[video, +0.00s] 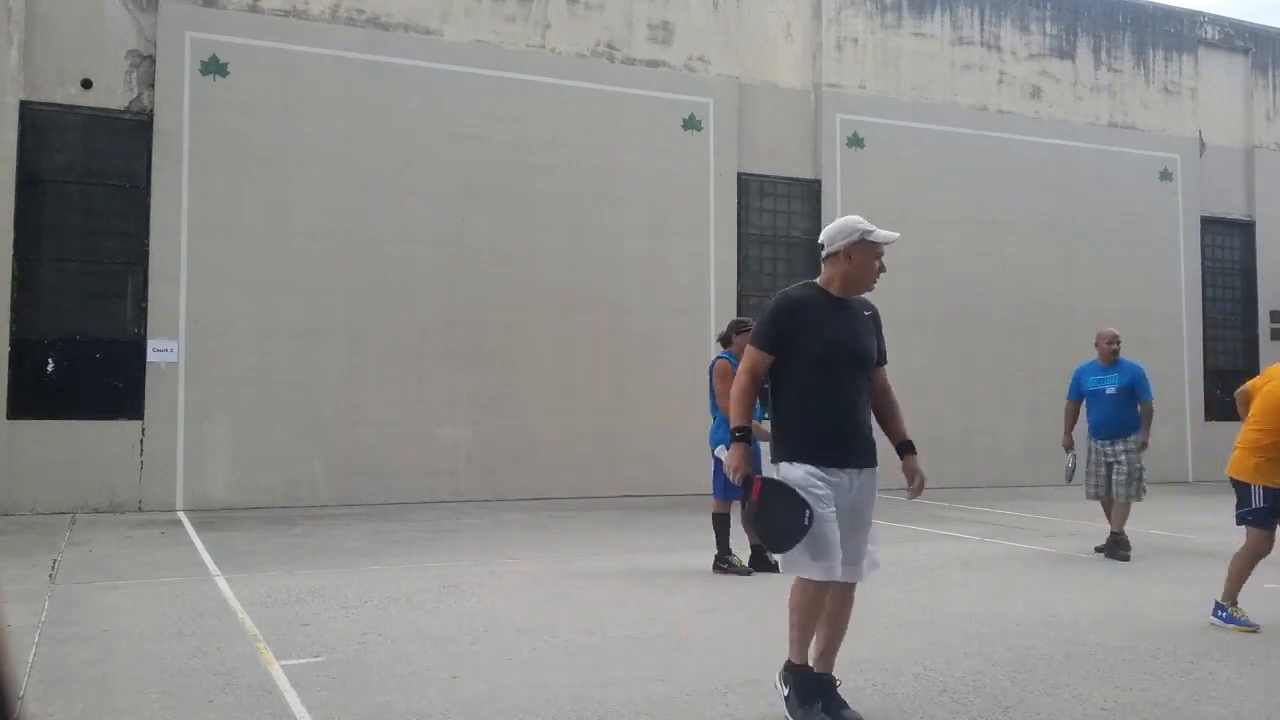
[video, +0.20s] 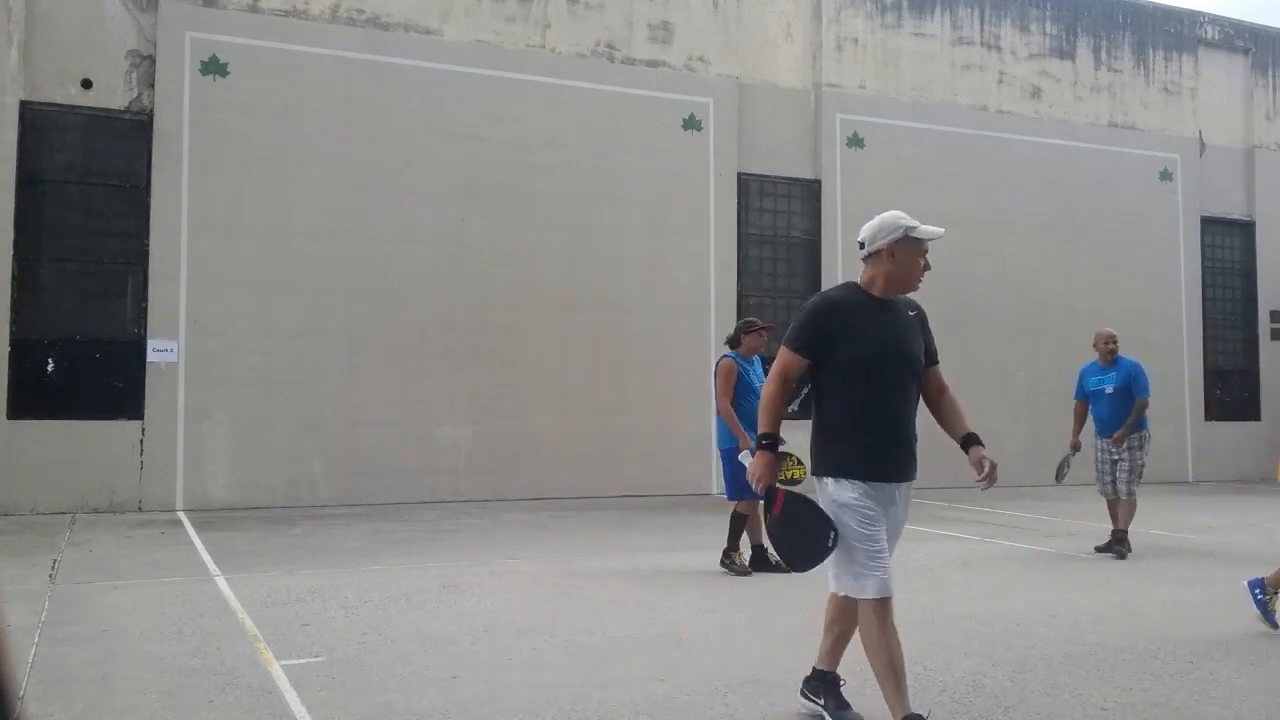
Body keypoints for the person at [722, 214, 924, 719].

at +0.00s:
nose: (882, 266)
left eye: (882, 257)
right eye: (875, 257)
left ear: (852, 258)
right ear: (844, 256)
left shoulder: (866, 314)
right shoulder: (789, 307)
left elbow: (880, 388)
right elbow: (746, 376)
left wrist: (905, 450)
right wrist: (738, 440)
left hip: (857, 468)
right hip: (803, 466)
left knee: (846, 574)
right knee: (816, 569)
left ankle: (823, 678)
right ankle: (795, 671)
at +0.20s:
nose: (928, 261)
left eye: (927, 251)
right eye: (920, 252)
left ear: (893, 254)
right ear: (887, 253)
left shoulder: (912, 315)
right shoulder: (829, 308)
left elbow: (935, 388)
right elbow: (779, 378)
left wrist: (970, 441)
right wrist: (765, 446)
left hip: (896, 478)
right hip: (844, 478)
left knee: (855, 582)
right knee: (876, 591)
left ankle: (821, 677)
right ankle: (904, 713)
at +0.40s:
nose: (974, 248)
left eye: (973, 237)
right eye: (965, 237)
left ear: (940, 242)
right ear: (925, 239)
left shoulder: (959, 304)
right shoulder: (871, 301)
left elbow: (979, 387)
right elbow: (824, 380)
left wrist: (1015, 452)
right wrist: (818, 457)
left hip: (953, 480)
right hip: (893, 478)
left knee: (962, 598)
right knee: (916, 604)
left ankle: (881, 660)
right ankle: (919, 717)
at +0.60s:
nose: (1024, 235)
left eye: (1024, 224)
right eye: (1012, 224)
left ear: (1009, 231)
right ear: (968, 224)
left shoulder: (1011, 294)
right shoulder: (920, 290)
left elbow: (1018, 382)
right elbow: (873, 375)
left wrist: (1046, 464)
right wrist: (900, 445)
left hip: (1012, 485)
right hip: (941, 486)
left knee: (1040, 608)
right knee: (939, 614)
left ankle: (1029, 717)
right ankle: (925, 717)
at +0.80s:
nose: (1098, 229)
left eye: (1101, 219)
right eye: (1085, 217)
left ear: (1101, 224)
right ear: (1039, 219)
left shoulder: (1087, 297)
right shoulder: (991, 294)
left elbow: (1083, 395)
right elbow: (941, 382)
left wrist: (1103, 471)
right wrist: (975, 454)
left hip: (1084, 502)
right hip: (1010, 502)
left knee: (1112, 637)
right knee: (982, 629)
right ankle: (940, 715)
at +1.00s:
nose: (1184, 215)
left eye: (1187, 204)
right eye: (1172, 201)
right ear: (1120, 198)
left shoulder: (1165, 285)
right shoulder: (1059, 277)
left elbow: (1184, 392)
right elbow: (1005, 373)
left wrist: (1227, 479)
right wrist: (1016, 467)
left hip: (1173, 502)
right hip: (1094, 501)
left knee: (1169, 653)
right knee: (1113, 654)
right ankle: (1064, 717)